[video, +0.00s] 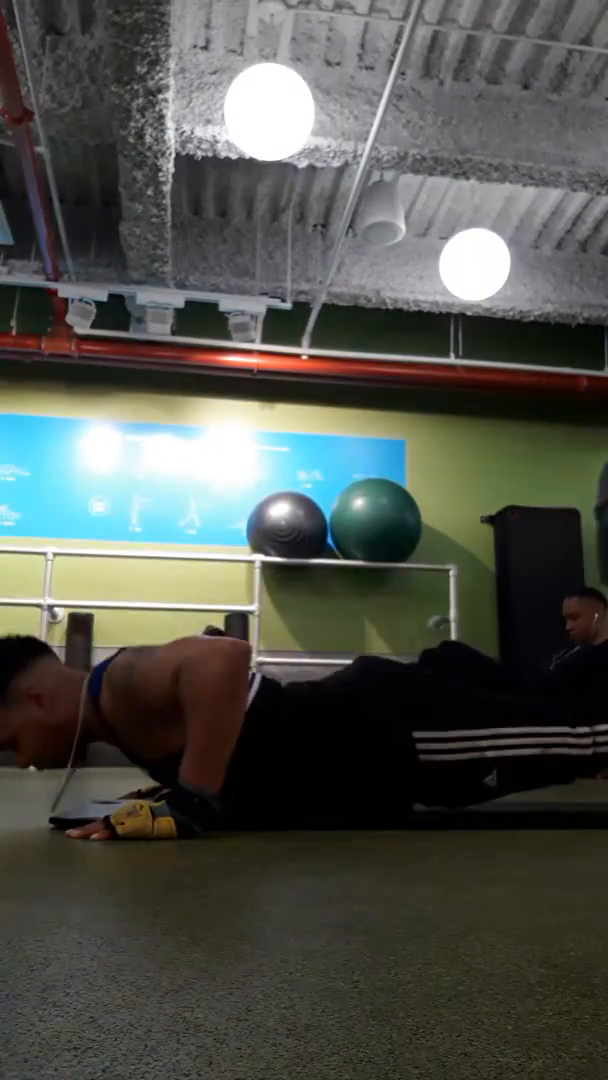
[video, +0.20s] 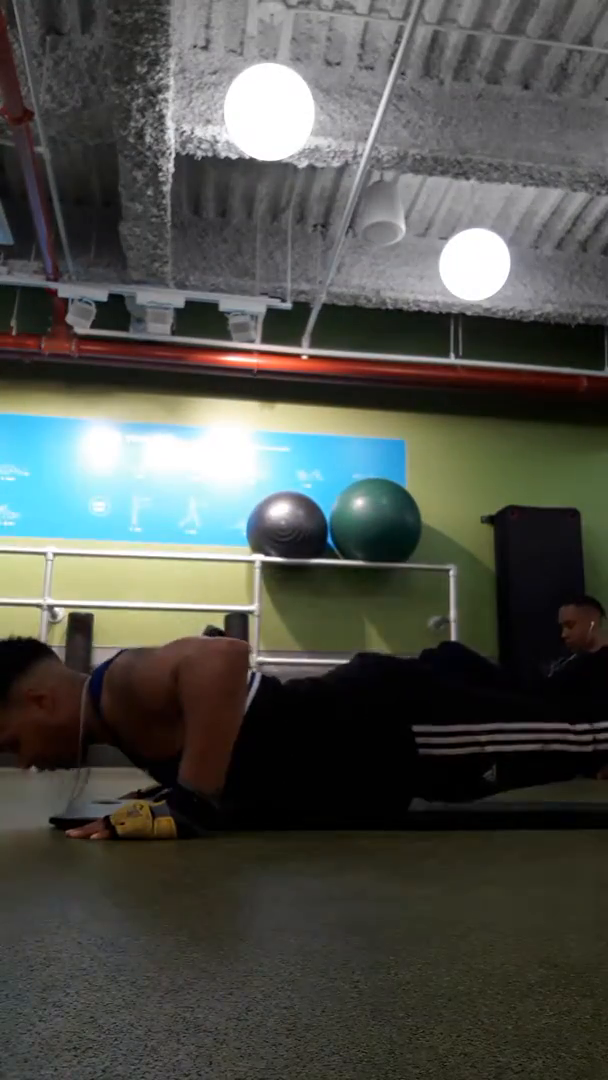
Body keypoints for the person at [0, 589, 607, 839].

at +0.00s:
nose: (24, 759)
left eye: (15, 741)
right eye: (12, 752)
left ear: (39, 692)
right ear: (42, 697)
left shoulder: (119, 682)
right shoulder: (128, 714)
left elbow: (220, 662)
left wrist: (190, 796)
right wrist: (160, 806)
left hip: (386, 726)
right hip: (375, 740)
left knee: (584, 731)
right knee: (548, 722)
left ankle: (592, 641)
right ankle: (588, 639)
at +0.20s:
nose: (27, 760)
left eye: (15, 741)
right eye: (14, 754)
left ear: (39, 692)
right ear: (45, 693)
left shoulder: (119, 684)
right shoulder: (127, 718)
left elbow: (220, 659)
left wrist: (190, 799)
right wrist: (145, 815)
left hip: (380, 731)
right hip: (368, 748)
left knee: (579, 731)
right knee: (545, 723)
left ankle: (590, 646)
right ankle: (583, 645)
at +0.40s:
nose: (43, 656)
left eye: (36, 635)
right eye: (30, 645)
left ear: (63, 596)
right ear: (63, 602)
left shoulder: (148, 607)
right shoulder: (142, 635)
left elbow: (223, 662)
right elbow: (225, 693)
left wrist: (187, 798)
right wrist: (181, 796)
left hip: (383, 669)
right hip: (371, 693)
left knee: (576, 711)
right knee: (553, 733)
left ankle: (586, 644)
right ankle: (582, 641)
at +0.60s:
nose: (70, 547)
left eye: (64, 527)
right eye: (59, 536)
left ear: (95, 489)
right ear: (96, 495)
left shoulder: (177, 517)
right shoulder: (170, 533)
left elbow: (203, 652)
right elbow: (204, 659)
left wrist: (185, 797)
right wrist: (184, 790)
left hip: (424, 603)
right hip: (417, 629)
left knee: (594, 675)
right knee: (559, 737)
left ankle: (585, 621)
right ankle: (577, 628)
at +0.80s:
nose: (76, 544)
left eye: (68, 524)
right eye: (65, 533)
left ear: (97, 483)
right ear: (99, 487)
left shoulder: (180, 513)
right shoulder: (174, 526)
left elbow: (203, 651)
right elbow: (206, 655)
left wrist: (188, 795)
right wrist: (182, 786)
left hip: (428, 611)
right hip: (420, 630)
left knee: (595, 680)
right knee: (569, 732)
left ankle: (590, 616)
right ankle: (584, 623)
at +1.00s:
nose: (37, 658)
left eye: (29, 636)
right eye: (25, 647)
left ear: (56, 596)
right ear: (54, 604)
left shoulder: (143, 609)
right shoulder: (137, 636)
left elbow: (223, 661)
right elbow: (224, 695)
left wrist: (190, 799)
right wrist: (177, 793)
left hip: (386, 678)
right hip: (373, 700)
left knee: (579, 713)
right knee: (557, 715)